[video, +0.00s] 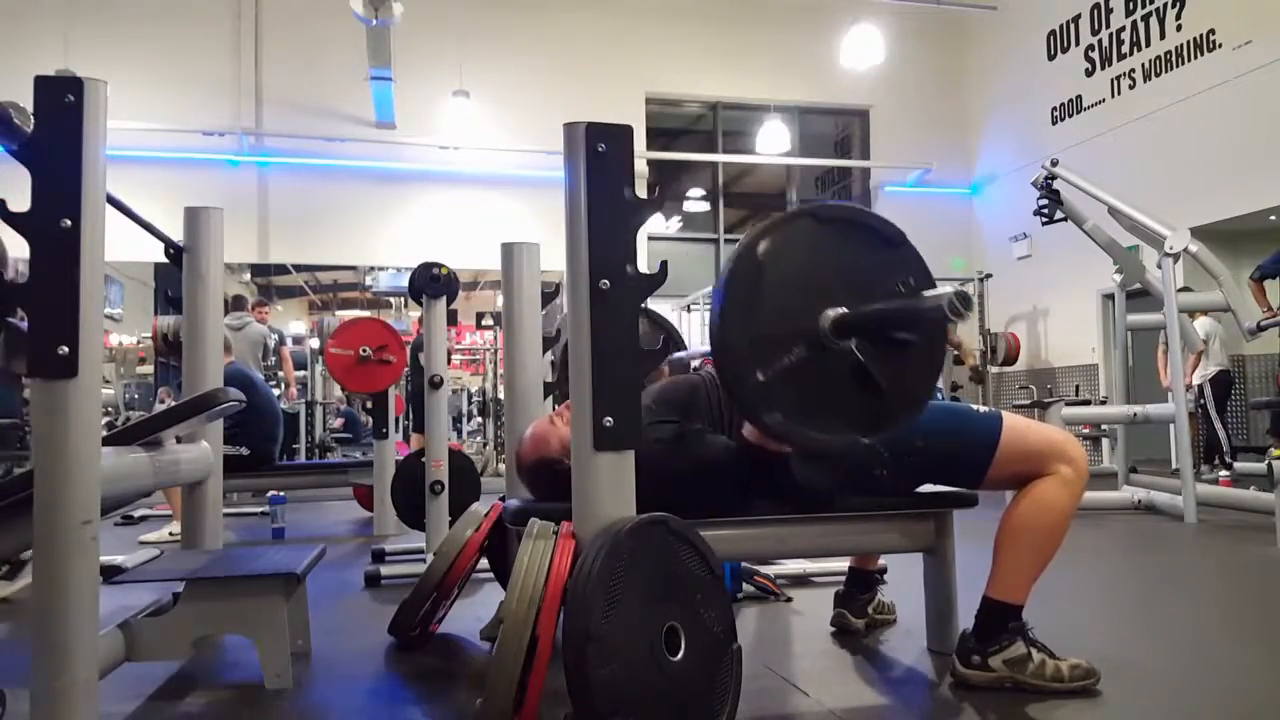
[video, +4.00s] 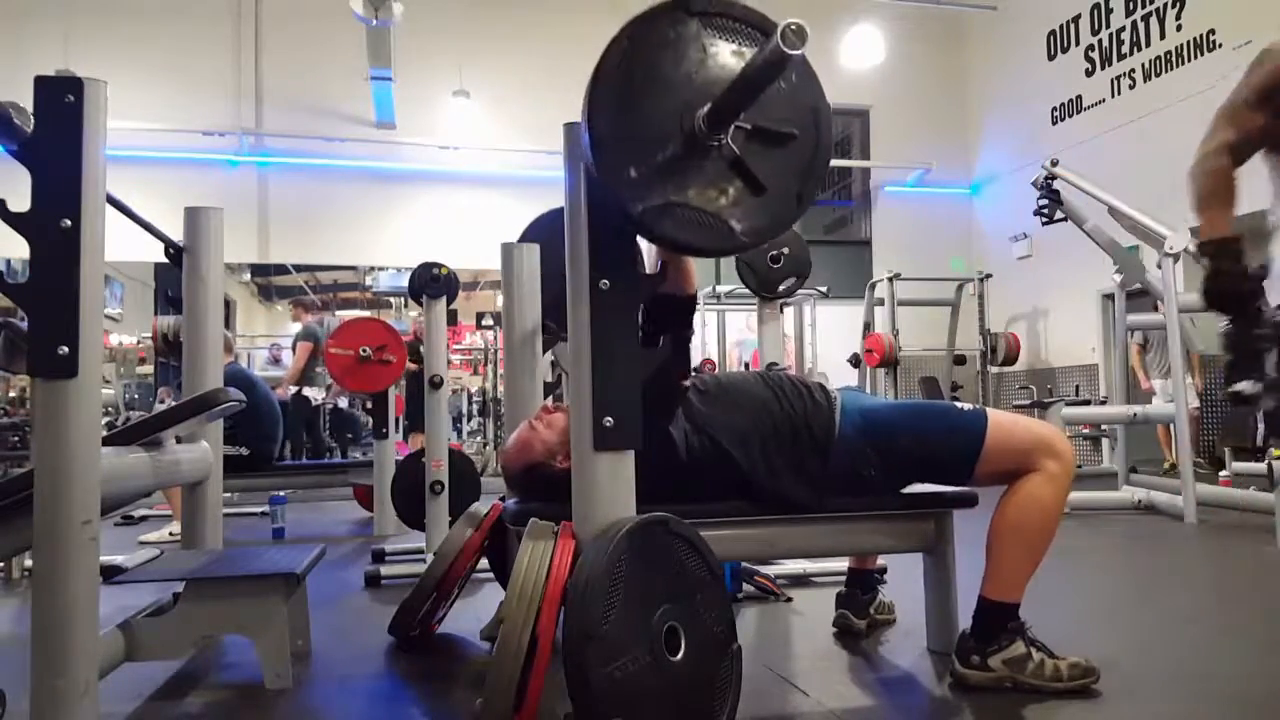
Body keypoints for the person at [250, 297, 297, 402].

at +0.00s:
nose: (263, 316)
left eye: (266, 313)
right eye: (259, 313)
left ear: (269, 314)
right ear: (252, 312)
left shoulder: (277, 334)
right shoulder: (246, 333)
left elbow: (286, 359)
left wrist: (292, 385)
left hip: (272, 384)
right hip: (251, 384)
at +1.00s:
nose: (287, 319)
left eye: (289, 316)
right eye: (284, 316)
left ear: (291, 318)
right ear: (275, 315)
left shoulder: (292, 338)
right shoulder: (264, 334)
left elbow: (297, 365)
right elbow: (256, 361)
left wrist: (303, 390)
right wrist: (257, 386)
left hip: (288, 389)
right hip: (268, 388)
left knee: (289, 426)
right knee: (271, 425)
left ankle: (288, 459)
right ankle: (270, 460)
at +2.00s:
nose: (288, 312)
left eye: (291, 309)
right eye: (284, 309)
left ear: (294, 310)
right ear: (277, 311)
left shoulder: (305, 331)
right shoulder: (271, 332)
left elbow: (314, 357)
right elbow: (264, 357)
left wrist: (319, 383)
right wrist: (261, 380)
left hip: (302, 384)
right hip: (278, 385)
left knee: (314, 420)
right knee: (283, 423)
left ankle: (295, 427)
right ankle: (285, 458)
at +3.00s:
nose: (305, 312)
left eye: (308, 308)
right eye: (304, 308)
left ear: (320, 307)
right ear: (307, 310)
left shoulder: (336, 329)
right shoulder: (309, 332)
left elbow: (343, 359)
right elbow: (306, 361)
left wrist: (337, 386)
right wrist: (296, 384)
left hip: (331, 387)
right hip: (311, 386)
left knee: (331, 427)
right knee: (297, 421)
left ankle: (335, 462)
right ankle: (331, 428)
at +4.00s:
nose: (291, 313)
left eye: (293, 309)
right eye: (291, 309)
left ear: (302, 310)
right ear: (306, 311)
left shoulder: (308, 331)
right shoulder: (316, 329)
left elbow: (299, 364)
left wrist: (285, 385)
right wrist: (287, 381)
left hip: (306, 386)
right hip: (317, 385)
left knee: (295, 428)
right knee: (314, 429)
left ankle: (296, 465)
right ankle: (318, 464)